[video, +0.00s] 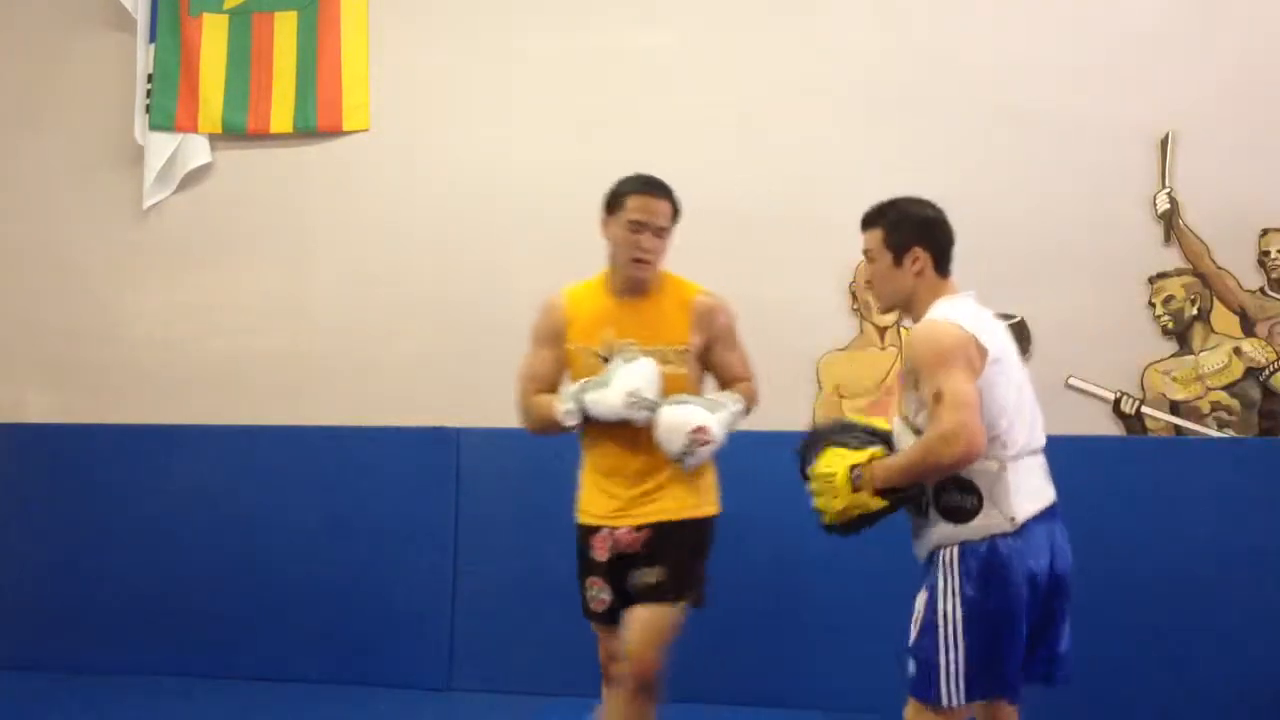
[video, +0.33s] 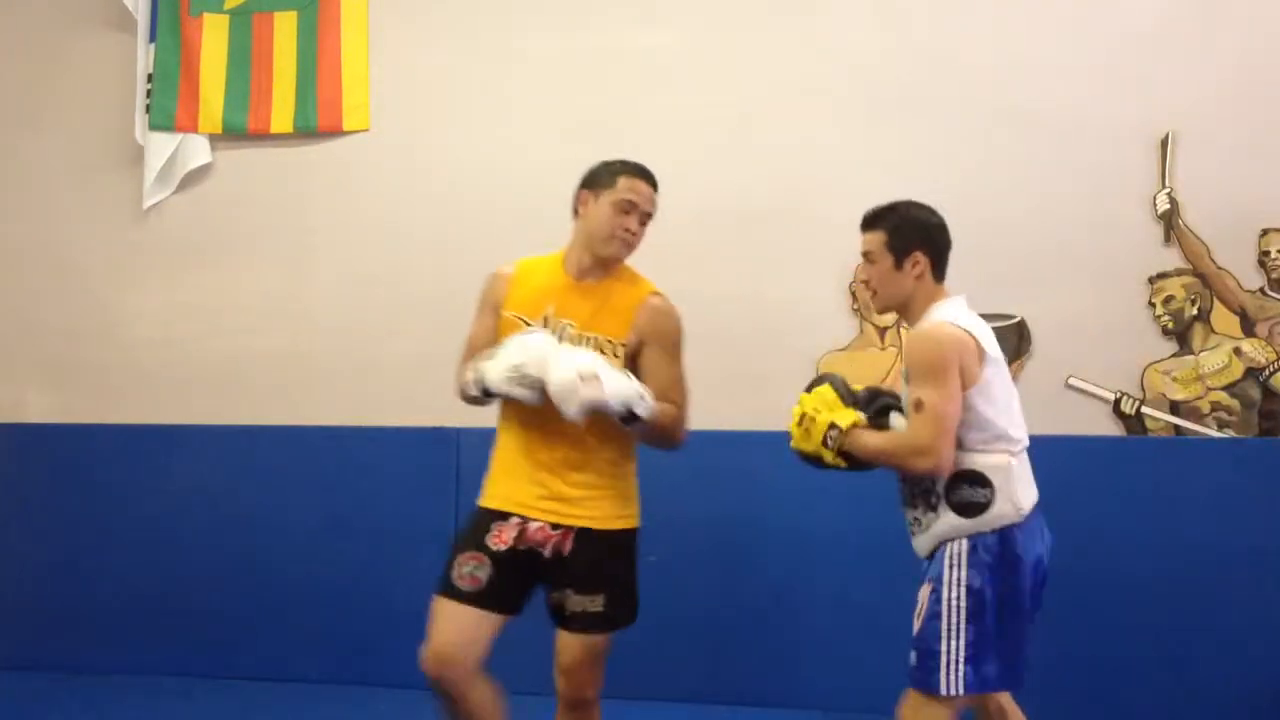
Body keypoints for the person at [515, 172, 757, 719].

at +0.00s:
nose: (647, 242)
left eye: (660, 232)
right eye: (636, 227)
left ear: (671, 238)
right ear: (606, 227)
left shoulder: (703, 312)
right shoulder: (565, 311)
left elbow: (743, 387)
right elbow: (532, 408)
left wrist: (713, 421)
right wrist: (580, 404)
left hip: (679, 505)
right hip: (602, 507)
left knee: (637, 667)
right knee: (616, 669)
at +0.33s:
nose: (635, 226)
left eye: (646, 219)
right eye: (627, 209)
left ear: (647, 230)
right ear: (584, 202)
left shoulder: (650, 311)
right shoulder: (510, 283)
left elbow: (672, 428)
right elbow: (468, 380)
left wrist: (621, 397)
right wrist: (500, 371)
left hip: (597, 519)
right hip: (509, 504)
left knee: (577, 689)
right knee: (446, 662)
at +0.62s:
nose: (575, 230)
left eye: (579, 219)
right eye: (566, 212)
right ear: (516, 207)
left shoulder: (579, 322)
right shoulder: (425, 300)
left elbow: (603, 439)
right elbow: (381, 399)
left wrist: (577, 424)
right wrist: (440, 409)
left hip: (536, 533)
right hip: (436, 528)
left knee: (546, 697)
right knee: (400, 700)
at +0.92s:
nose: (515, 202)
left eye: (518, 189)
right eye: (507, 184)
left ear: (469, 182)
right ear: (460, 176)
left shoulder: (485, 284)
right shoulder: (384, 257)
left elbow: (481, 404)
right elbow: (385, 367)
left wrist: (537, 365)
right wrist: (487, 334)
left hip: (460, 504)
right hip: (379, 508)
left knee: (497, 676)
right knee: (367, 692)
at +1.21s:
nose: (488, 246)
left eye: (490, 230)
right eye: (483, 226)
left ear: (441, 221)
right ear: (441, 217)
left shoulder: (422, 306)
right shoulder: (384, 297)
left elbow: (482, 418)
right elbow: (500, 379)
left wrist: (562, 348)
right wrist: (569, 318)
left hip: (407, 542)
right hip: (345, 553)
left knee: (493, 676)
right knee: (364, 711)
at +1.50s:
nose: (516, 236)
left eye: (516, 220)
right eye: (508, 217)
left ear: (468, 218)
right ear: (467, 215)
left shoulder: (447, 303)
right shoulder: (418, 300)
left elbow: (427, 431)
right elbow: (398, 430)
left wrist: (490, 494)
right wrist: (491, 486)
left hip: (427, 533)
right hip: (369, 538)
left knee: (465, 693)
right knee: (362, 704)